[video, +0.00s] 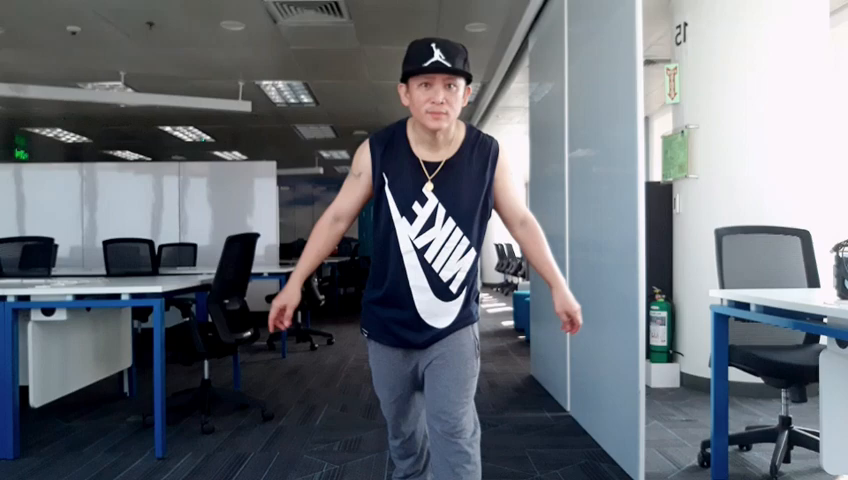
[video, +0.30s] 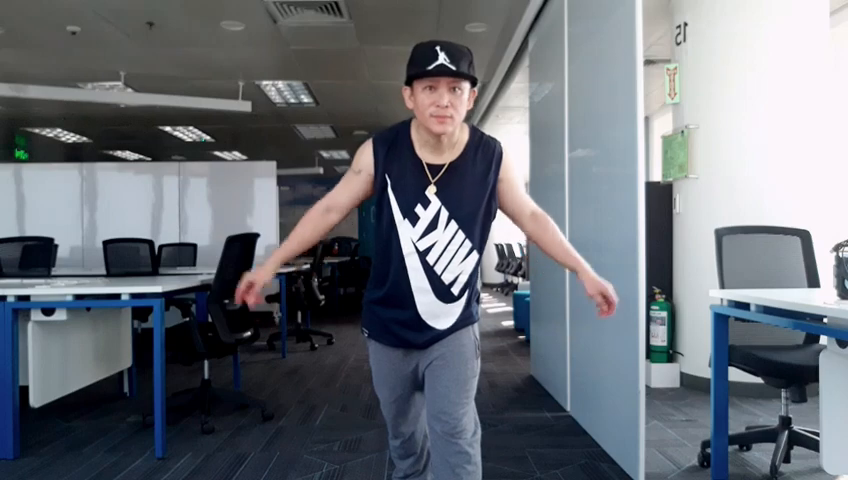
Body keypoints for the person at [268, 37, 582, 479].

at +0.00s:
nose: (438, 96)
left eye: (450, 85)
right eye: (426, 85)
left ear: (466, 95)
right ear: (404, 94)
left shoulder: (486, 153)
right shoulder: (376, 151)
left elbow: (521, 222)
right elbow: (335, 219)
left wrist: (559, 286)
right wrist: (294, 283)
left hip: (453, 326)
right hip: (388, 326)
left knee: (455, 438)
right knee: (402, 433)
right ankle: (408, 473)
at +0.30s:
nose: (443, 101)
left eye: (454, 89)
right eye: (430, 89)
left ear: (471, 96)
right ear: (409, 96)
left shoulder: (489, 156)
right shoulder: (379, 152)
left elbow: (530, 218)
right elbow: (328, 210)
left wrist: (584, 270)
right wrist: (270, 265)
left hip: (454, 326)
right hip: (389, 325)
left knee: (455, 436)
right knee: (401, 432)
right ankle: (408, 473)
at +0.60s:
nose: (442, 97)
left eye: (454, 85)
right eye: (430, 84)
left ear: (471, 94)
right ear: (409, 92)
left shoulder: (490, 151)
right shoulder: (379, 144)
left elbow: (537, 212)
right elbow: (319, 184)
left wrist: (591, 198)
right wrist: (258, 170)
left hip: (455, 328)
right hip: (390, 327)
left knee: (455, 435)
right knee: (401, 427)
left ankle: (458, 479)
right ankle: (407, 472)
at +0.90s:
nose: (443, 96)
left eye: (454, 86)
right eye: (431, 84)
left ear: (469, 93)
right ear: (409, 88)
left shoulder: (481, 136)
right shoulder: (381, 131)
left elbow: (472, 182)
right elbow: (359, 188)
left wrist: (439, 154)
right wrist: (388, 189)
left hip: (450, 323)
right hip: (386, 320)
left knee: (453, 439)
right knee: (400, 434)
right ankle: (409, 470)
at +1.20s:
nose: (429, 99)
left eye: (441, 88)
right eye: (418, 86)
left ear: (457, 96)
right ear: (398, 90)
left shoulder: (477, 152)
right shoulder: (370, 146)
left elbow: (522, 218)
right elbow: (324, 208)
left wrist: (573, 280)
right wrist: (270, 267)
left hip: (445, 327)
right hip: (382, 324)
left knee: (445, 434)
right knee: (398, 429)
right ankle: (406, 471)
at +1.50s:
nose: (441, 107)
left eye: (453, 95)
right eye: (429, 94)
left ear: (468, 101)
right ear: (405, 96)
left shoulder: (483, 153)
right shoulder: (376, 147)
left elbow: (510, 211)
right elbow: (356, 190)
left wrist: (537, 263)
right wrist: (326, 224)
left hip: (451, 330)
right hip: (387, 328)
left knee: (450, 439)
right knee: (400, 428)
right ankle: (407, 472)